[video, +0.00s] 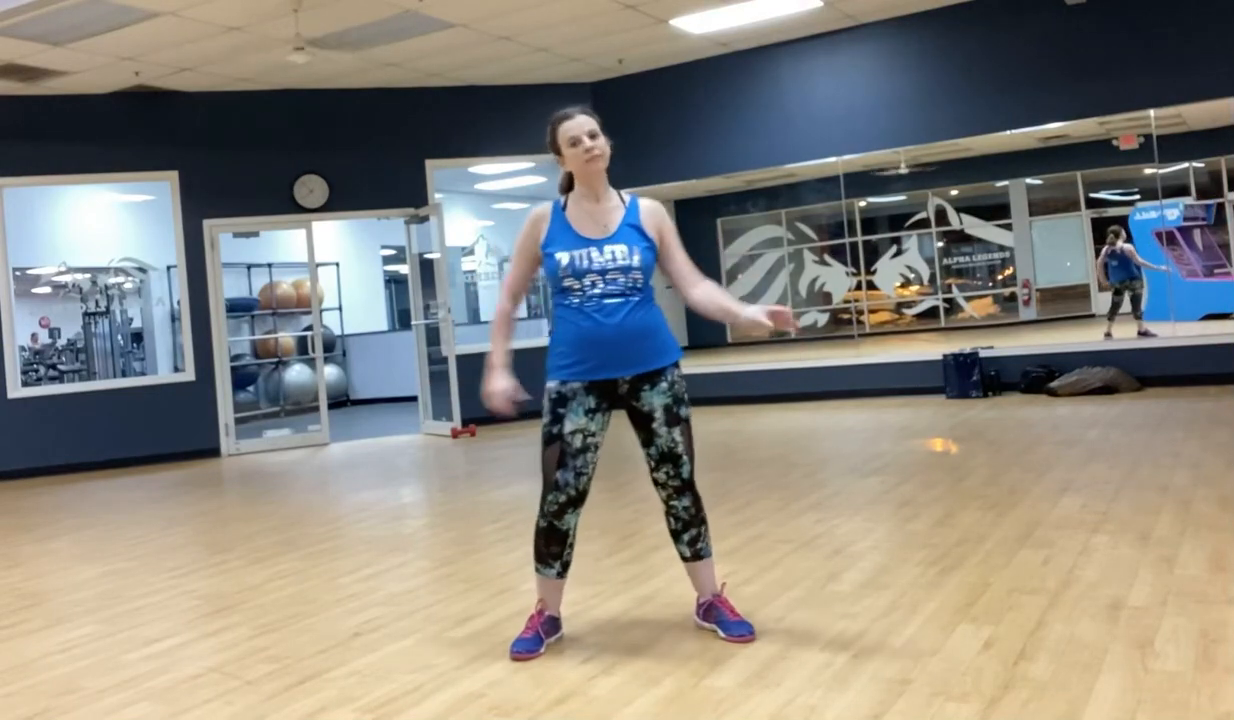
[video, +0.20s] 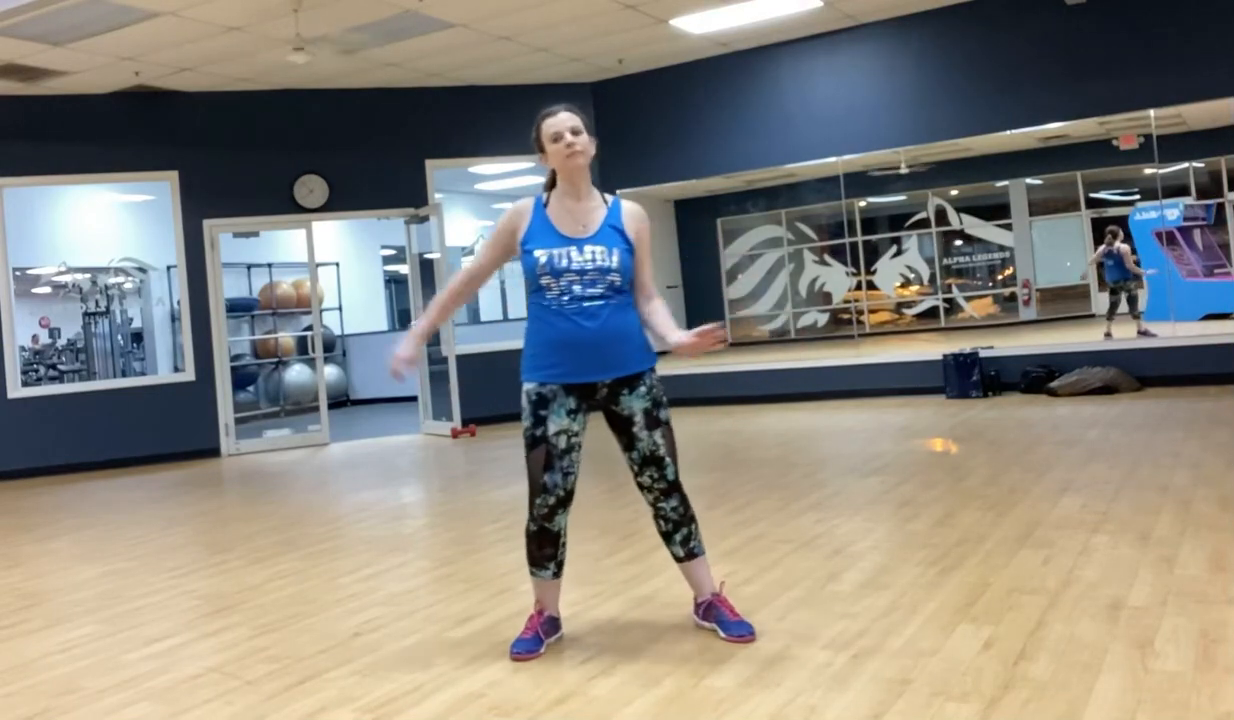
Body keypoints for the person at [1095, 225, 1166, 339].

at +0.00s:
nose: (1125, 234)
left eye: (1124, 232)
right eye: (1123, 232)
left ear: (1112, 236)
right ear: (1120, 235)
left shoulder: (1107, 249)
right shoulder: (1128, 247)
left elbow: (1099, 263)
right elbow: (1139, 262)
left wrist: (1103, 280)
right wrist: (1158, 268)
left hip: (1117, 281)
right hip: (1134, 279)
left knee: (1114, 306)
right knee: (1136, 305)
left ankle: (1108, 330)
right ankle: (1141, 328)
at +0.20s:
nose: (1123, 234)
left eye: (1121, 232)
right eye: (1121, 232)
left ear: (1109, 236)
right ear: (1118, 235)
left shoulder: (1103, 248)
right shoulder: (1124, 248)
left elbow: (1093, 260)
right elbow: (1129, 265)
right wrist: (1142, 272)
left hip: (1112, 281)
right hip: (1127, 279)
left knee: (1113, 305)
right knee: (1133, 303)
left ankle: (1108, 329)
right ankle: (1140, 327)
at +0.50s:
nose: (1121, 234)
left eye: (1119, 232)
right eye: (1119, 232)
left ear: (1107, 235)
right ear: (1117, 234)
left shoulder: (1103, 246)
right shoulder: (1122, 246)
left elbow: (1090, 251)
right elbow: (1127, 262)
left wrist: (1076, 256)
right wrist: (1133, 276)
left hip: (1109, 280)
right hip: (1123, 279)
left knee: (1111, 304)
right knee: (1137, 299)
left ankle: (1107, 330)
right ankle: (1140, 325)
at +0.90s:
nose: (1129, 234)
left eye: (1128, 232)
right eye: (1127, 233)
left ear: (1117, 237)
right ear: (1124, 236)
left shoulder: (1116, 247)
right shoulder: (1129, 245)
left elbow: (1103, 256)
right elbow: (1128, 259)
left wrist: (1090, 260)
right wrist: (1133, 276)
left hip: (1118, 280)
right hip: (1128, 280)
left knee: (1119, 302)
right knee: (1145, 302)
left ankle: (1101, 322)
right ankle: (1139, 328)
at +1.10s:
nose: (1131, 236)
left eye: (1129, 235)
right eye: (1129, 235)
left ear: (1120, 240)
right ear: (1126, 238)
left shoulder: (1121, 249)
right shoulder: (1127, 248)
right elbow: (1120, 261)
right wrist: (1128, 276)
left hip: (1121, 284)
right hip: (1129, 283)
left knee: (1118, 303)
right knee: (1149, 303)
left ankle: (1098, 323)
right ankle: (1139, 328)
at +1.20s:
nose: (1130, 237)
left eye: (1129, 235)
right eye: (1128, 236)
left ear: (1119, 241)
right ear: (1126, 239)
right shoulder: (1126, 249)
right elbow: (1120, 262)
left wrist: (1163, 257)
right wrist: (1128, 277)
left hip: (1122, 284)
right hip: (1129, 284)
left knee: (1117, 304)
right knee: (1149, 304)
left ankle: (1097, 323)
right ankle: (1139, 328)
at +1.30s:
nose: (1130, 237)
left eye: (1128, 236)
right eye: (1127, 236)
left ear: (1120, 241)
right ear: (1125, 239)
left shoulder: (1129, 250)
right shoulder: (1125, 249)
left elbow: (1146, 249)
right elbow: (1119, 262)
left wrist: (1164, 247)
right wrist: (1128, 278)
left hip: (1124, 284)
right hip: (1129, 284)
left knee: (1117, 304)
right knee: (1150, 304)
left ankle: (1097, 323)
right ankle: (1139, 328)